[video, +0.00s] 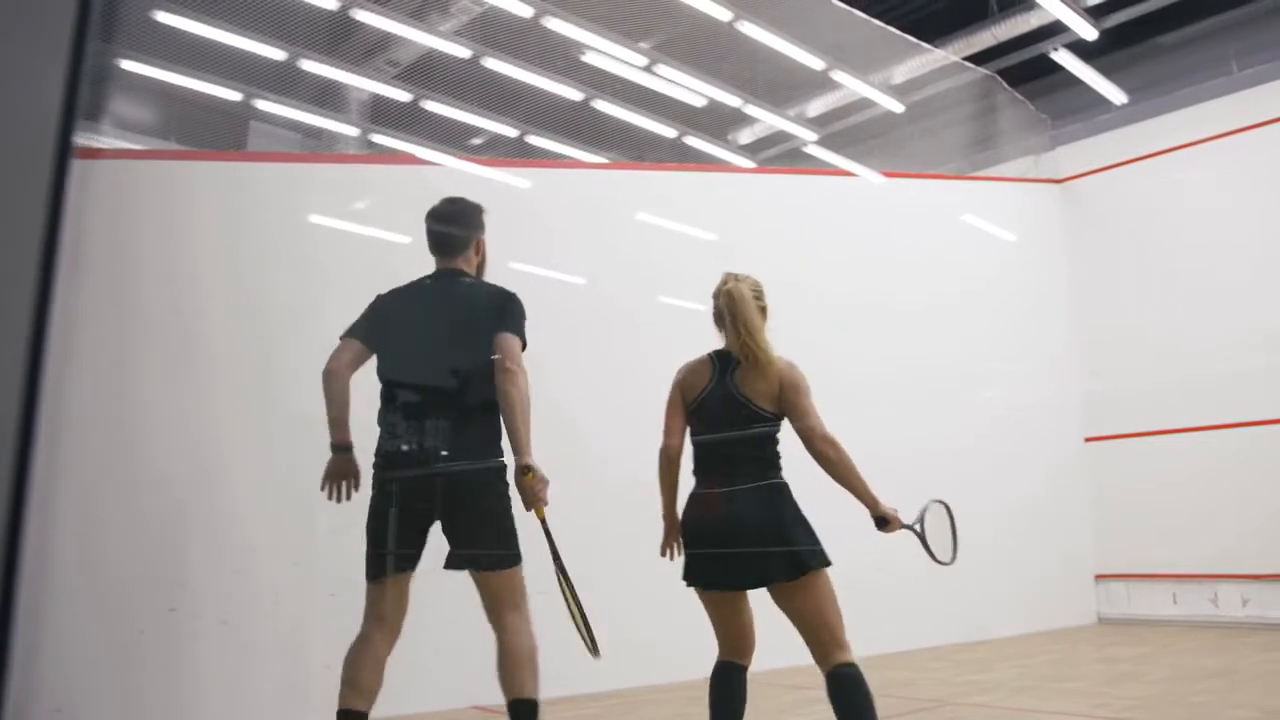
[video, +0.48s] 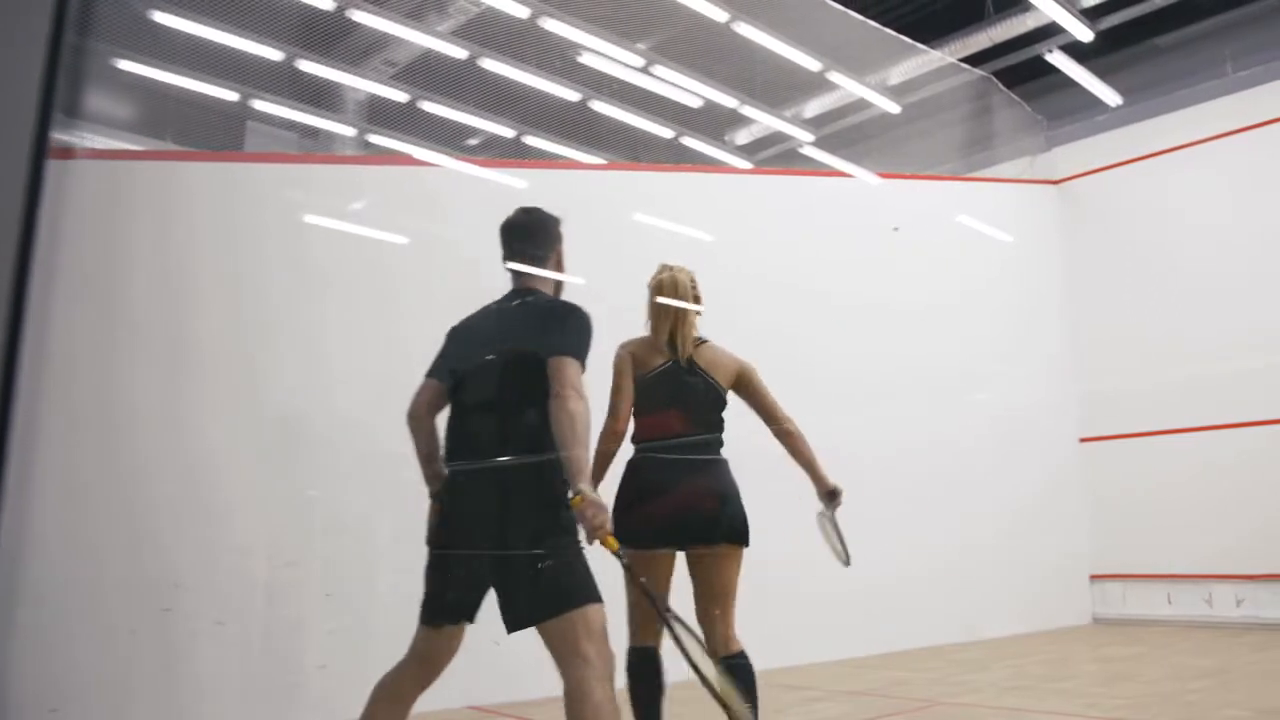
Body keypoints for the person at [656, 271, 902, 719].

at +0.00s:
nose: (763, 316)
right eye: (763, 308)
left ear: (716, 317)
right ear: (763, 313)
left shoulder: (689, 376)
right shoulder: (781, 373)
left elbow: (670, 450)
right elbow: (819, 442)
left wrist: (669, 517)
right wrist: (874, 504)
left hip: (708, 526)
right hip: (772, 520)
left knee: (733, 649)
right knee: (833, 650)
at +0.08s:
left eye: (708, 308)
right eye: (751, 307)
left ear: (705, 315)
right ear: (753, 312)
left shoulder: (678, 373)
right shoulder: (771, 371)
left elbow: (657, 448)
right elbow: (810, 439)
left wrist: (656, 512)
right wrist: (866, 498)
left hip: (697, 523)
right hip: (760, 516)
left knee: (725, 648)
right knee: (815, 644)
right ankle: (844, 717)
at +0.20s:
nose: (738, 308)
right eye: (737, 300)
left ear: (689, 305)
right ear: (736, 304)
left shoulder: (662, 363)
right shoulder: (756, 362)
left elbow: (641, 437)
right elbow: (802, 429)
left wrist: (636, 497)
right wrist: (852, 486)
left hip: (682, 513)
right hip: (746, 506)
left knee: (707, 641)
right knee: (782, 637)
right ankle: (808, 715)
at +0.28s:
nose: (728, 305)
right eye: (728, 297)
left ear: (678, 299)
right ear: (725, 300)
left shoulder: (652, 356)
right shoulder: (749, 356)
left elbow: (633, 434)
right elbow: (800, 425)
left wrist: (624, 492)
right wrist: (844, 480)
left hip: (671, 503)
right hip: (736, 497)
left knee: (692, 640)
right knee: (759, 632)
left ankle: (698, 719)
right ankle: (786, 715)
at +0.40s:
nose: (712, 299)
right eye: (711, 292)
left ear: (662, 299)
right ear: (709, 298)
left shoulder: (641, 350)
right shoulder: (738, 356)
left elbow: (623, 426)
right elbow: (792, 422)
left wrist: (605, 484)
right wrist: (831, 475)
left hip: (657, 495)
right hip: (722, 492)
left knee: (667, 632)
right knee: (733, 630)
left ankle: (671, 717)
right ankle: (755, 716)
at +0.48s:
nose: (651, 310)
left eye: (652, 302)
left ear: (651, 305)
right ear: (698, 306)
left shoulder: (633, 354)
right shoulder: (726, 361)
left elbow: (616, 428)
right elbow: (782, 426)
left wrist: (590, 490)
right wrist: (821, 480)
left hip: (648, 497)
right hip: (713, 495)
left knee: (645, 633)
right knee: (721, 631)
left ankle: (647, 717)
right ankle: (746, 716)